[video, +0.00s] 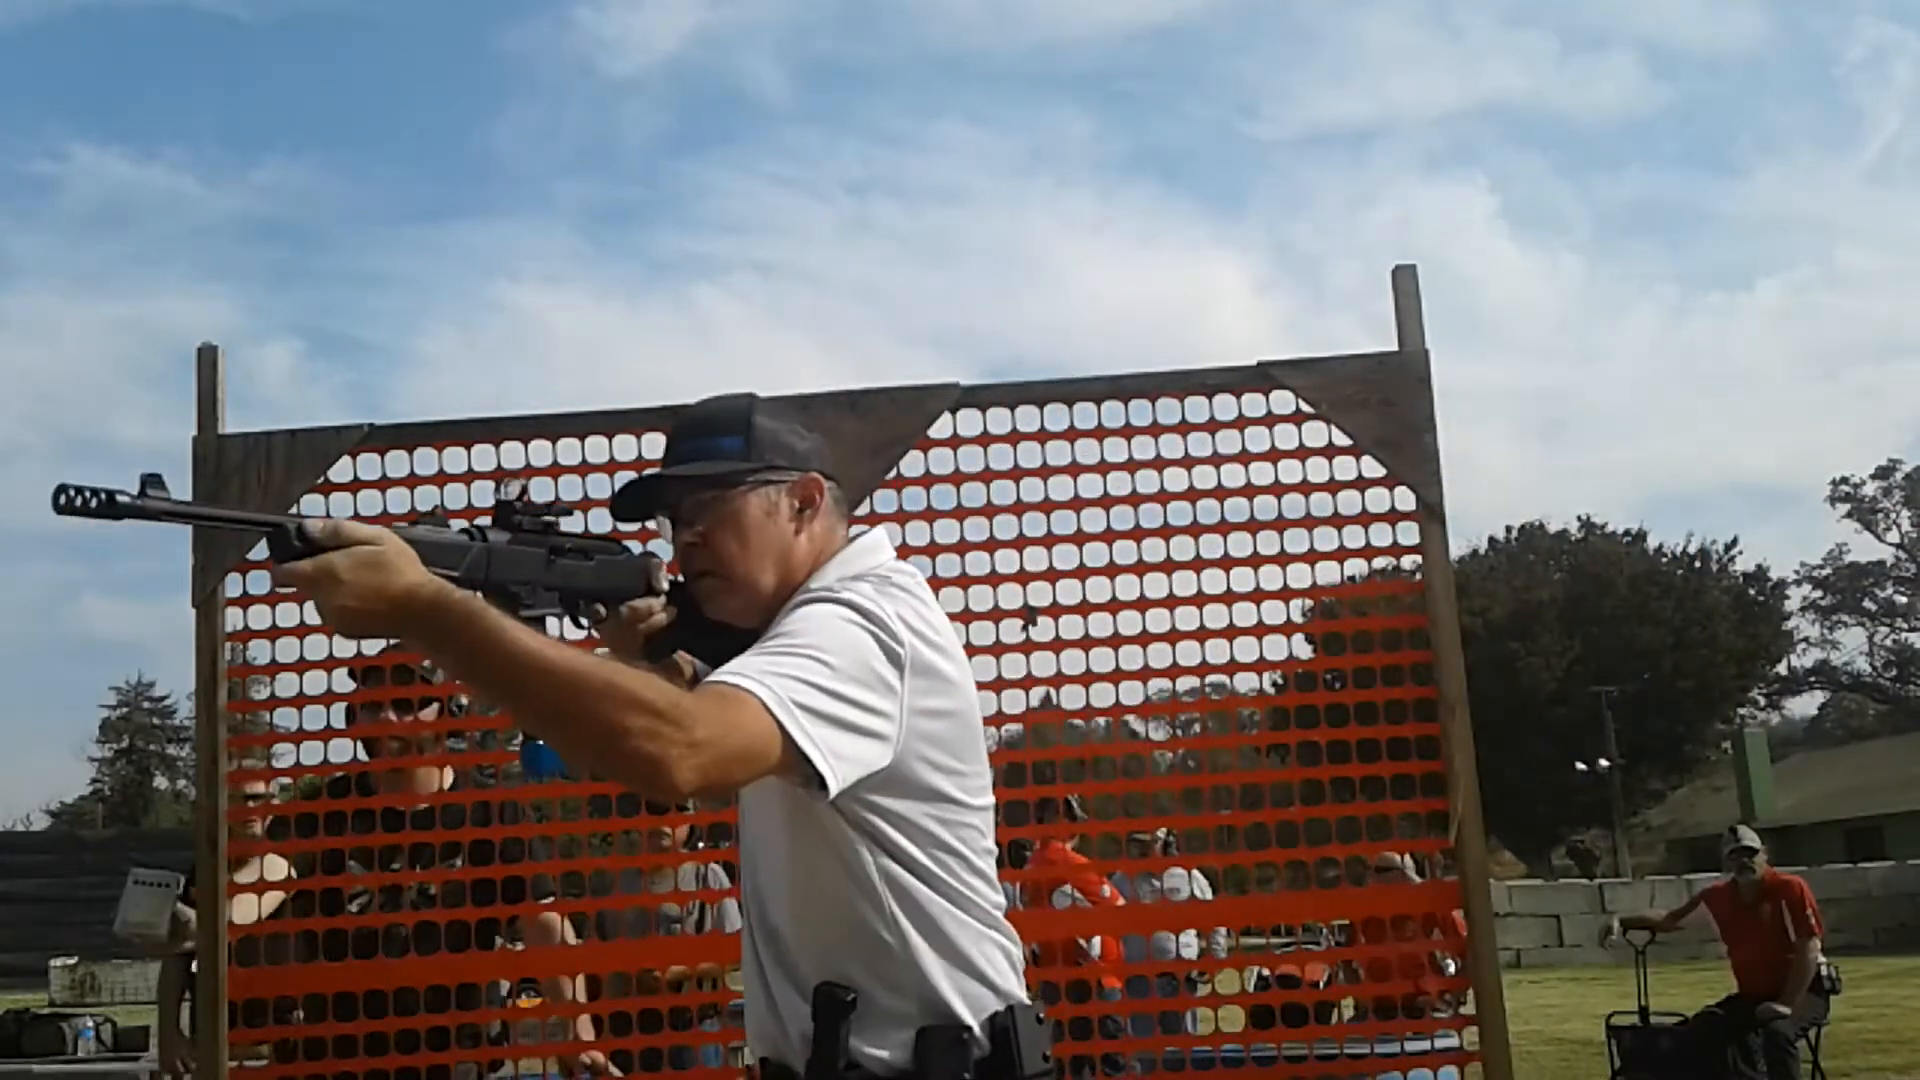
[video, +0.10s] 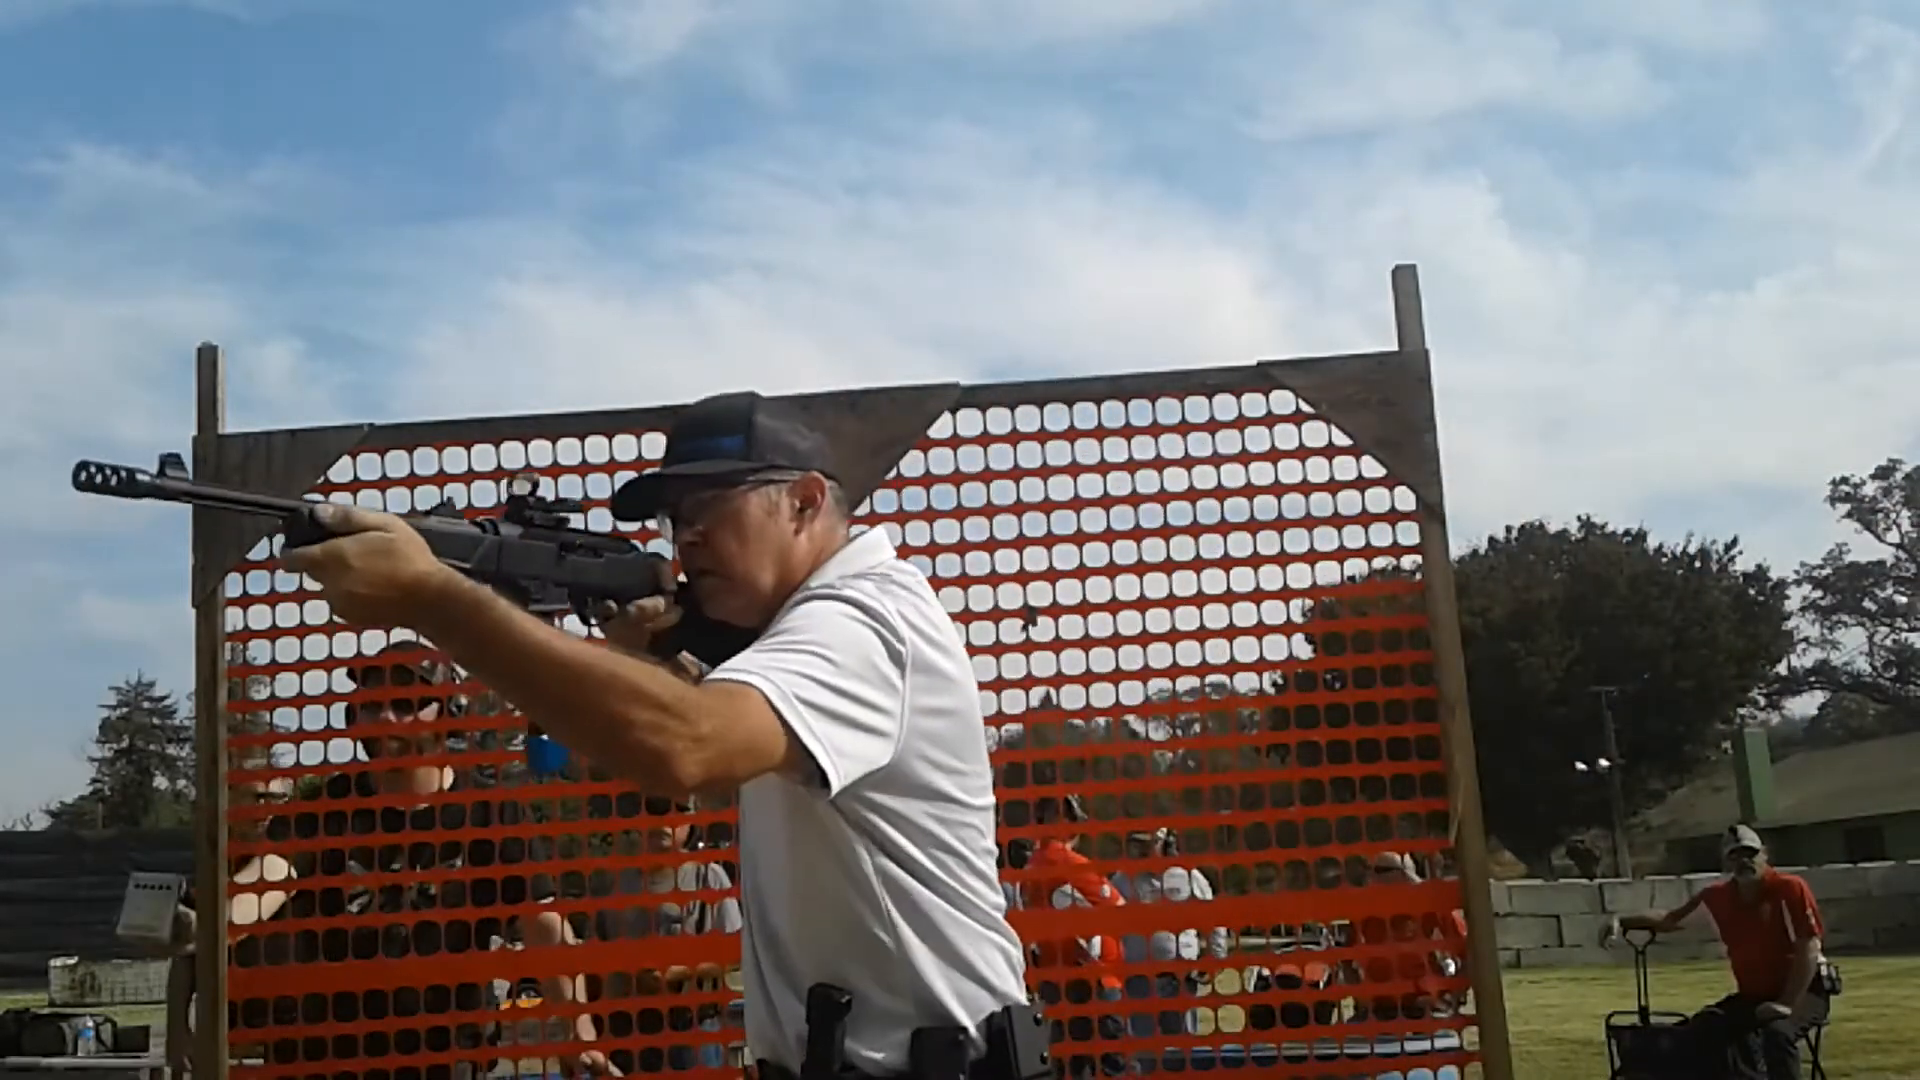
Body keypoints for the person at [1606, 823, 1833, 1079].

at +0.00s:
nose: (1744, 860)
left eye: (1750, 853)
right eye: (1736, 855)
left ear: (1763, 856)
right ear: (1726, 862)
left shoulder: (1790, 888)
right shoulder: (1716, 897)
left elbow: (1810, 949)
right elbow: (1669, 921)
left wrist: (1788, 1004)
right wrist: (1622, 922)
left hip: (1803, 998)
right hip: (1752, 998)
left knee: (1776, 1034)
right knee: (1695, 1031)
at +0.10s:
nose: (1744, 860)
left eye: (1750, 853)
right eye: (1736, 855)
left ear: (1763, 856)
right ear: (1726, 862)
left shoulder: (1790, 888)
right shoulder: (1715, 897)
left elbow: (1810, 949)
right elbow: (1669, 921)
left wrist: (1788, 1004)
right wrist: (1622, 922)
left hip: (1803, 998)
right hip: (1752, 998)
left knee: (1776, 1035)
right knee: (1695, 1031)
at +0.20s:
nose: (1744, 860)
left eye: (1750, 853)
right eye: (1736, 855)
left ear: (1763, 856)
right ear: (1726, 862)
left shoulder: (1790, 888)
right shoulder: (1715, 897)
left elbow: (1810, 949)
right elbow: (1669, 921)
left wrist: (1788, 1004)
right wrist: (1622, 922)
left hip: (1803, 998)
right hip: (1752, 998)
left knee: (1776, 1035)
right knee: (1695, 1031)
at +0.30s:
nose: (1744, 860)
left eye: (1750, 853)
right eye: (1735, 855)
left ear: (1764, 856)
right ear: (1726, 862)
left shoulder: (1791, 888)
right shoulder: (1716, 896)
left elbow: (1810, 949)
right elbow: (1669, 921)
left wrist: (1788, 1005)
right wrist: (1621, 922)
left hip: (1802, 998)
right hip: (1751, 999)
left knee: (1775, 1034)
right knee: (1692, 1034)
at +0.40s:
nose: (1744, 860)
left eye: (1750, 853)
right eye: (1735, 855)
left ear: (1764, 856)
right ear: (1726, 862)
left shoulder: (1790, 888)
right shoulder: (1715, 896)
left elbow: (1810, 949)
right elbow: (1669, 921)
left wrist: (1788, 1005)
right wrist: (1621, 922)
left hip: (1802, 998)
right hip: (1751, 999)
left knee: (1775, 1034)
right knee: (1692, 1034)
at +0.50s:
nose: (1744, 860)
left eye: (1750, 853)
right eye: (1735, 855)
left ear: (1764, 856)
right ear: (1726, 862)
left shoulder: (1790, 888)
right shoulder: (1715, 896)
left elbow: (1810, 949)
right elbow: (1669, 921)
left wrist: (1788, 1005)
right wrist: (1621, 922)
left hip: (1802, 998)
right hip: (1751, 999)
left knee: (1775, 1034)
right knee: (1692, 1034)